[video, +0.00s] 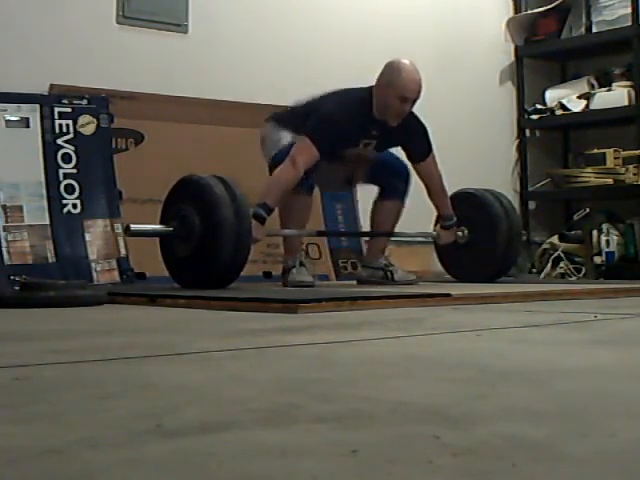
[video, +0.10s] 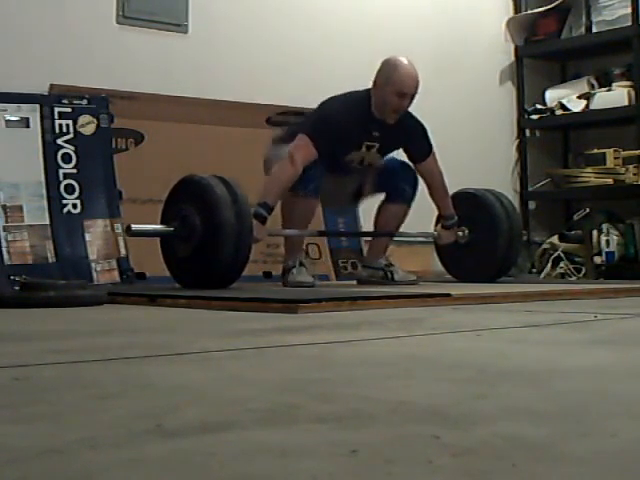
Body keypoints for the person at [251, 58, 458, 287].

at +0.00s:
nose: (405, 109)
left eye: (412, 103)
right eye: (401, 100)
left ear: (417, 100)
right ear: (380, 88)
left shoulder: (410, 127)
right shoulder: (342, 110)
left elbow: (432, 177)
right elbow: (295, 163)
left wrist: (448, 220)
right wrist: (259, 215)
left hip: (337, 151)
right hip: (286, 134)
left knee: (396, 174)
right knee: (298, 173)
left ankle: (374, 263)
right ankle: (293, 266)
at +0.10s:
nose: (404, 105)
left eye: (410, 98)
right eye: (399, 95)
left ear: (415, 97)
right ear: (377, 87)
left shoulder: (410, 128)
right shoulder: (340, 112)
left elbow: (433, 176)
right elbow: (293, 159)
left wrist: (450, 220)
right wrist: (261, 213)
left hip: (345, 180)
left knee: (403, 175)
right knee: (307, 171)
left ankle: (374, 263)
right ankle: (293, 266)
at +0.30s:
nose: (398, 68)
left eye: (400, 62)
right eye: (389, 61)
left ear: (401, 71)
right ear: (365, 68)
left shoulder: (398, 122)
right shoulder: (332, 106)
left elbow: (425, 170)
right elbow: (292, 157)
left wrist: (447, 216)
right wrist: (263, 210)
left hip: (355, 192)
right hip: (314, 187)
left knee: (411, 181)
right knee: (310, 174)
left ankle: (375, 263)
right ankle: (293, 265)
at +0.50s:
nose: (397, 66)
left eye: (399, 60)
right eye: (387, 58)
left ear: (400, 70)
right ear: (362, 69)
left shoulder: (398, 122)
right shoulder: (332, 107)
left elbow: (425, 170)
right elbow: (293, 157)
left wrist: (447, 215)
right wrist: (264, 212)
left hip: (355, 193)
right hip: (310, 189)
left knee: (411, 181)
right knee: (316, 174)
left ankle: (376, 262)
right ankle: (295, 264)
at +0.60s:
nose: (402, 66)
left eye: (404, 60)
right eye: (392, 58)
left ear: (405, 69)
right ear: (366, 68)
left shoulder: (401, 119)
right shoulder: (335, 103)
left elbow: (425, 166)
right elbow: (294, 153)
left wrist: (447, 211)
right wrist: (265, 206)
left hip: (355, 181)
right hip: (316, 177)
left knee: (409, 178)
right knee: (315, 171)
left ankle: (375, 262)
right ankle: (294, 264)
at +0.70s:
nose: (405, 58)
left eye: (407, 51)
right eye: (396, 50)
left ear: (410, 60)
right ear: (371, 60)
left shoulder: (403, 109)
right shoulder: (337, 93)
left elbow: (426, 157)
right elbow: (296, 143)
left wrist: (446, 201)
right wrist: (264, 194)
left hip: (354, 168)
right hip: (315, 164)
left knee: (402, 175)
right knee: (310, 164)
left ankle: (375, 263)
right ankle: (294, 263)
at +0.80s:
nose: (406, 43)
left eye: (409, 38)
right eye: (396, 36)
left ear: (412, 47)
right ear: (372, 44)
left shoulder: (402, 96)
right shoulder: (341, 78)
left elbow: (424, 141)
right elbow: (296, 127)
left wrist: (445, 188)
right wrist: (265, 176)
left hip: (350, 145)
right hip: (302, 138)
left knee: (396, 172)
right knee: (305, 157)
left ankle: (375, 262)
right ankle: (292, 263)